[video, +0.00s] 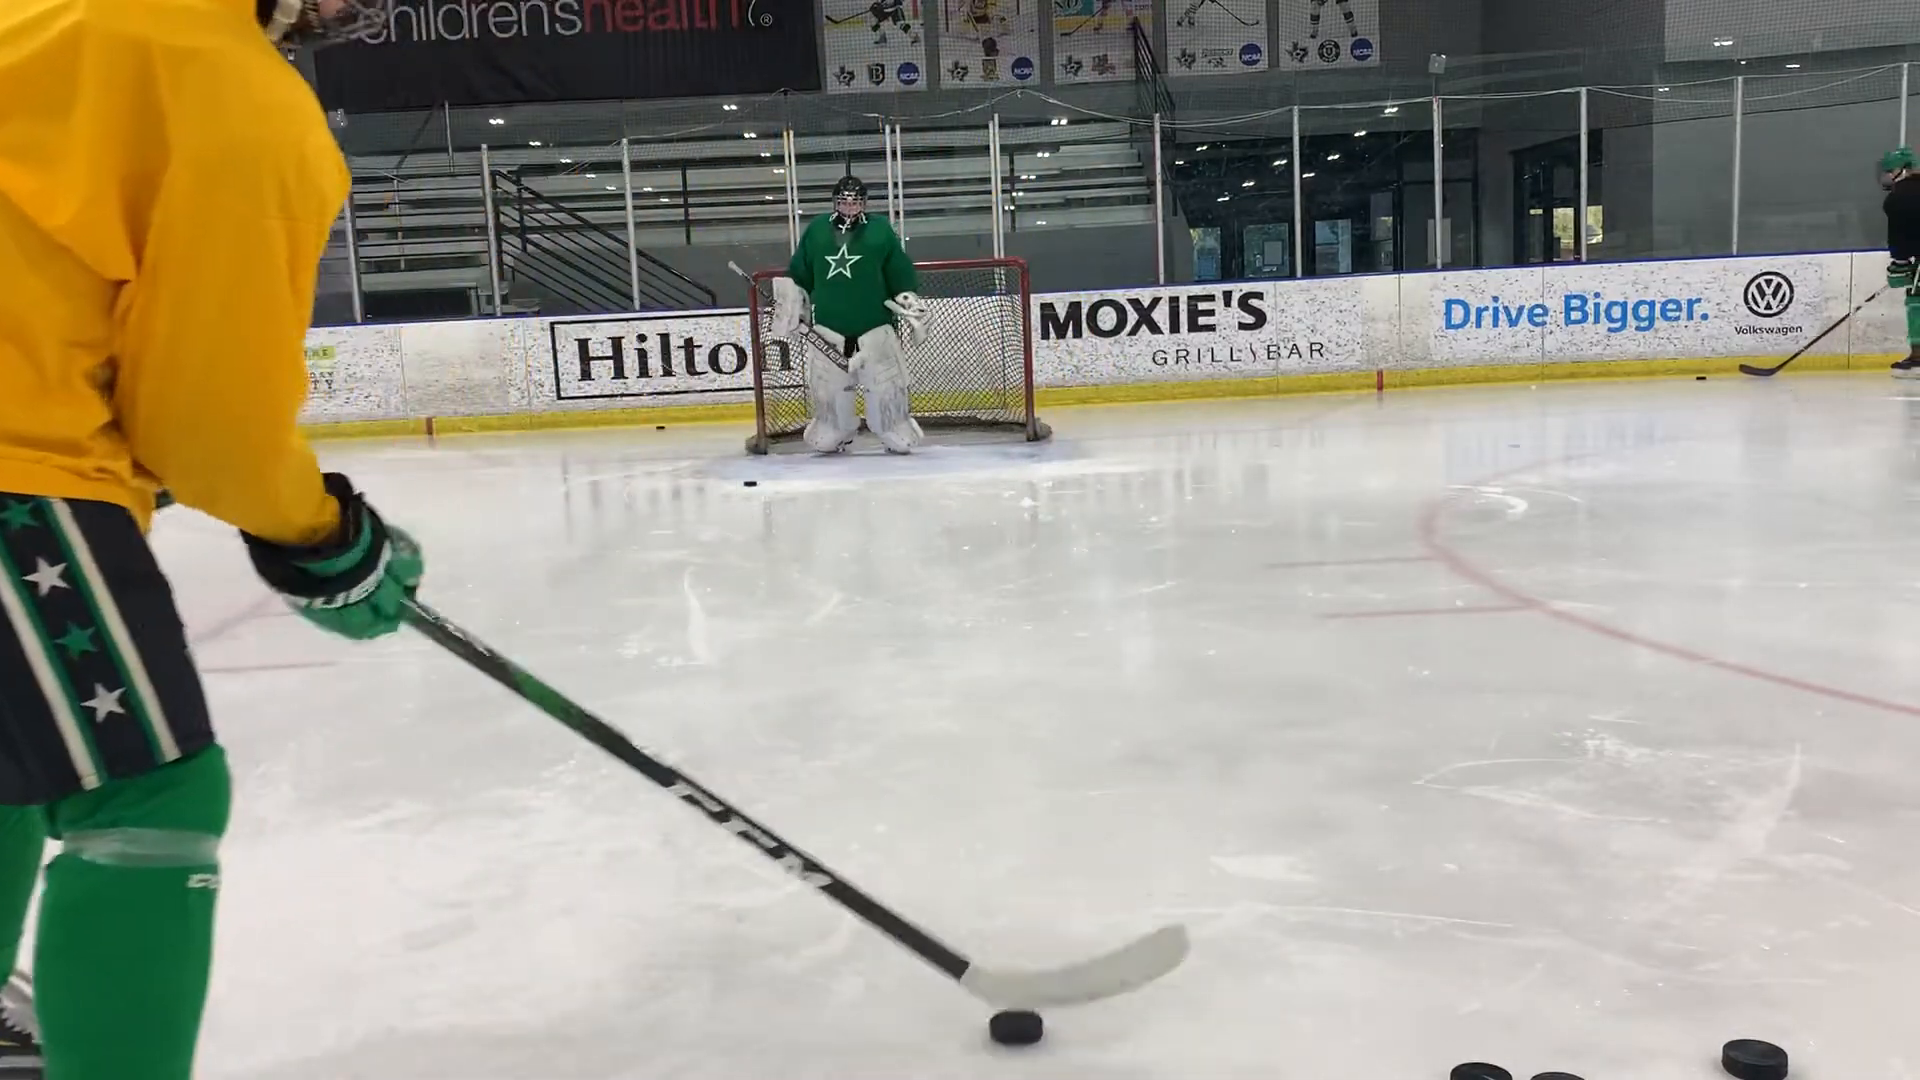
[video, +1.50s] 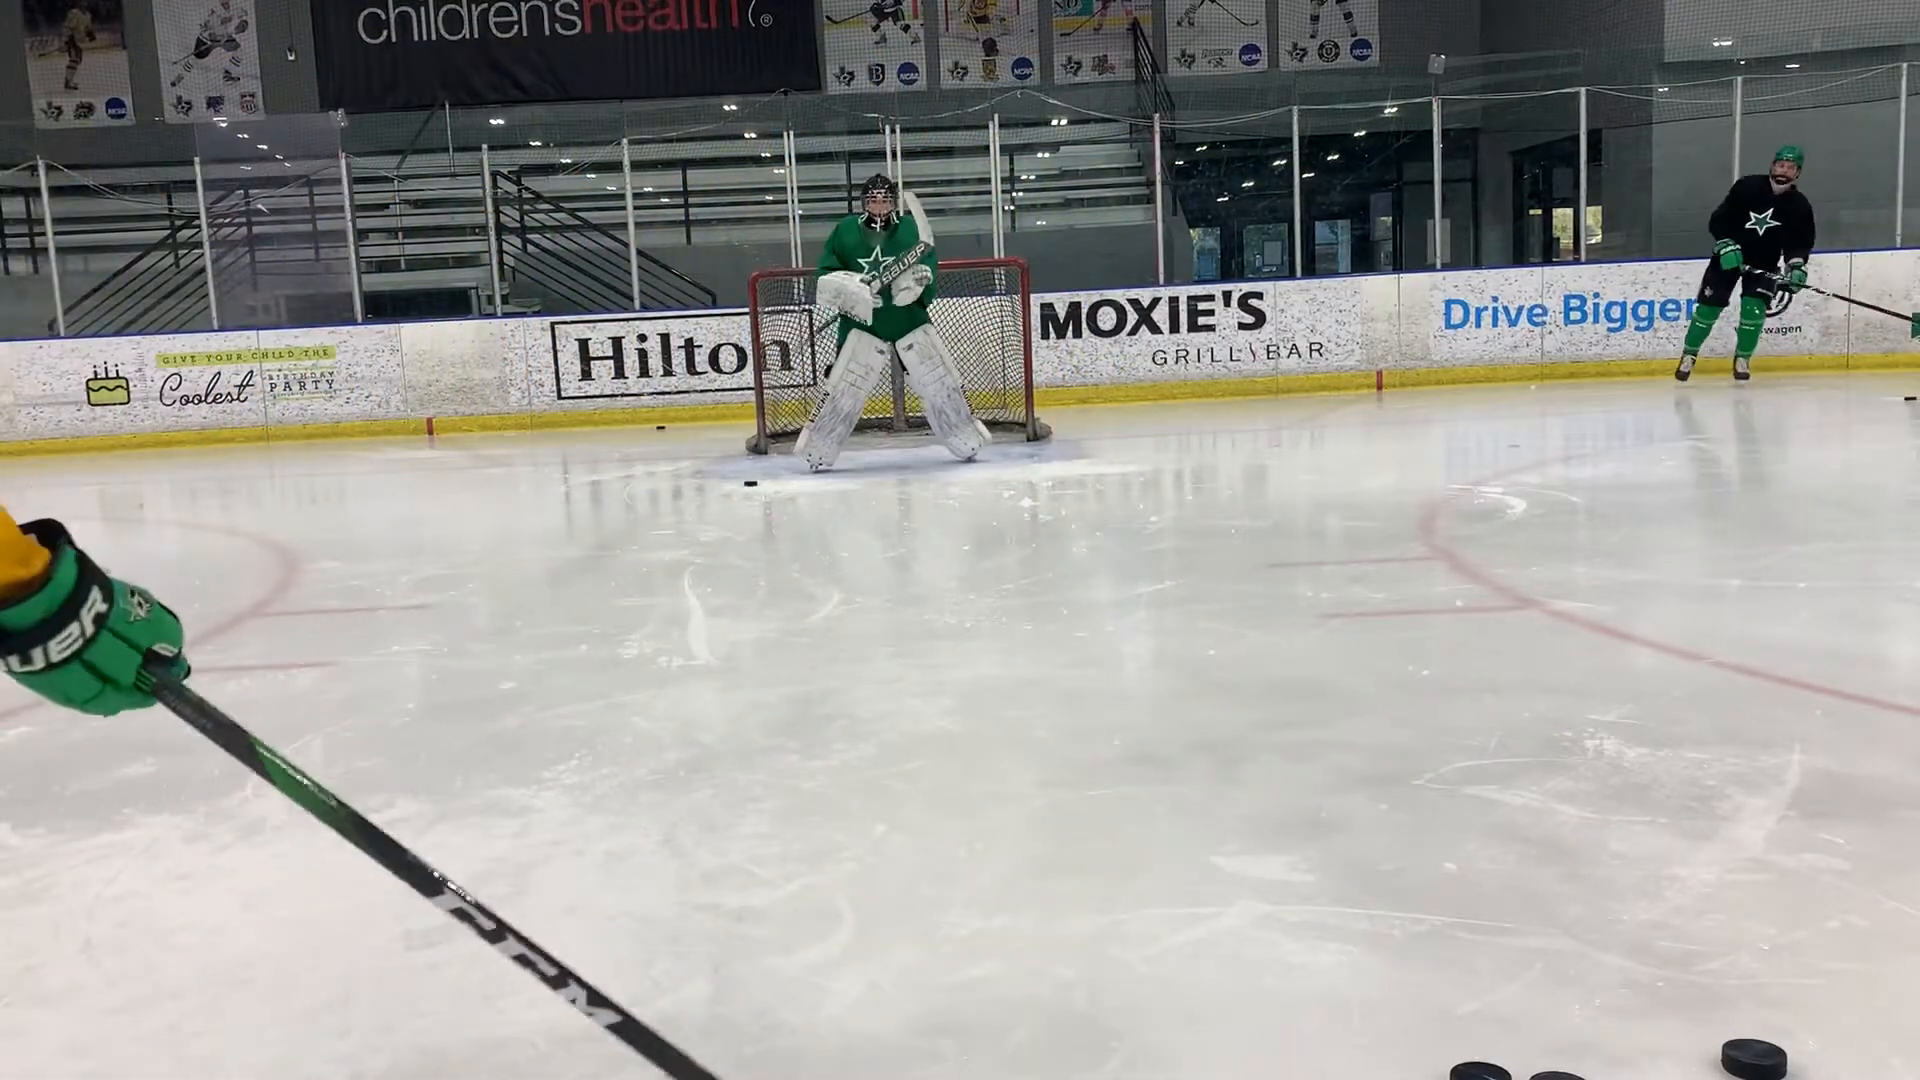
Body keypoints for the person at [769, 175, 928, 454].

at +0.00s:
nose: (849, 205)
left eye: (855, 200)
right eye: (844, 200)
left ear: (863, 202)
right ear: (835, 202)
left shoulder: (880, 230)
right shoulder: (817, 230)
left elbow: (899, 270)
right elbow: (799, 273)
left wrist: (908, 303)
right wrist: (791, 305)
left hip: (874, 320)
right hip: (829, 321)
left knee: (885, 382)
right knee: (828, 383)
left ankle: (896, 437)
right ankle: (831, 437)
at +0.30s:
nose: (848, 201)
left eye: (854, 196)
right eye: (843, 196)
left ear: (862, 200)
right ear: (835, 199)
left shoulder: (878, 229)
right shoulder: (816, 229)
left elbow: (898, 270)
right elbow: (796, 271)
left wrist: (907, 301)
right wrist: (789, 304)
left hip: (874, 317)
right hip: (830, 319)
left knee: (884, 378)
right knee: (834, 380)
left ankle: (892, 434)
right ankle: (840, 436)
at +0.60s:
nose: (852, 202)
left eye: (857, 197)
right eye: (846, 197)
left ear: (866, 200)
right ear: (838, 200)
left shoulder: (885, 227)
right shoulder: (820, 228)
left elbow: (906, 258)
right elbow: (794, 256)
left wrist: (910, 279)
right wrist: (798, 275)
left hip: (881, 317)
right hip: (835, 320)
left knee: (897, 375)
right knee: (829, 378)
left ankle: (904, 432)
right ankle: (831, 434)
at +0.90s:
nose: (864, 205)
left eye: (869, 200)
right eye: (858, 200)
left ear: (877, 202)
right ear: (848, 203)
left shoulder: (893, 229)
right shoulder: (831, 232)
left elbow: (911, 271)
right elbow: (817, 278)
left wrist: (887, 278)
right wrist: (854, 278)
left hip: (895, 317)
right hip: (852, 320)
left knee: (916, 377)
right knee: (835, 384)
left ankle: (923, 437)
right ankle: (813, 445)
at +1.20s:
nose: (870, 205)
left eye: (876, 199)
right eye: (865, 199)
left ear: (885, 202)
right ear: (855, 203)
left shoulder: (901, 230)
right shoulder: (838, 232)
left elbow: (918, 270)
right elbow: (820, 275)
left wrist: (894, 280)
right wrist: (850, 283)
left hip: (900, 320)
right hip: (858, 321)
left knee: (926, 378)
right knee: (842, 386)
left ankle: (948, 440)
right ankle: (817, 449)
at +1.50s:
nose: (879, 204)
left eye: (884, 199)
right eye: (873, 198)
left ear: (894, 201)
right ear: (864, 201)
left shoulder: (908, 228)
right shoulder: (846, 231)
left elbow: (928, 264)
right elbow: (824, 276)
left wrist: (918, 279)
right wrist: (849, 288)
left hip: (909, 321)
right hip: (864, 323)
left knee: (939, 383)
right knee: (845, 390)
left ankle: (967, 445)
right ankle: (819, 454)